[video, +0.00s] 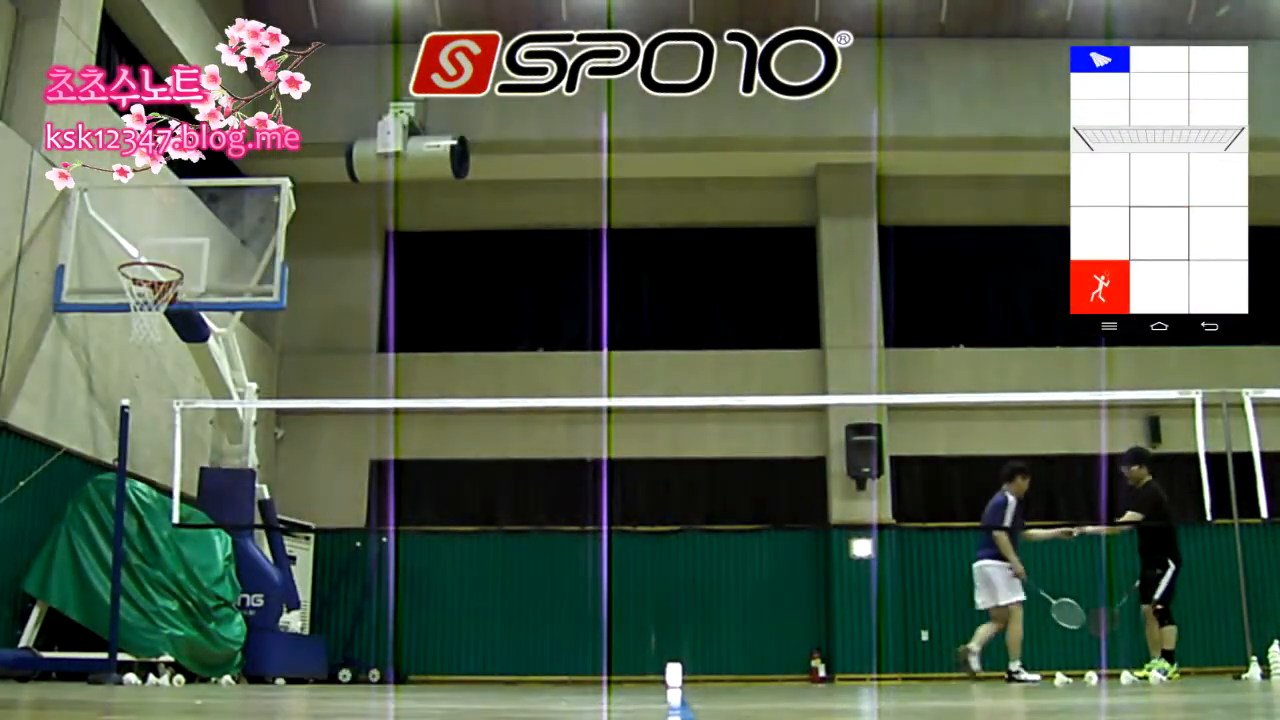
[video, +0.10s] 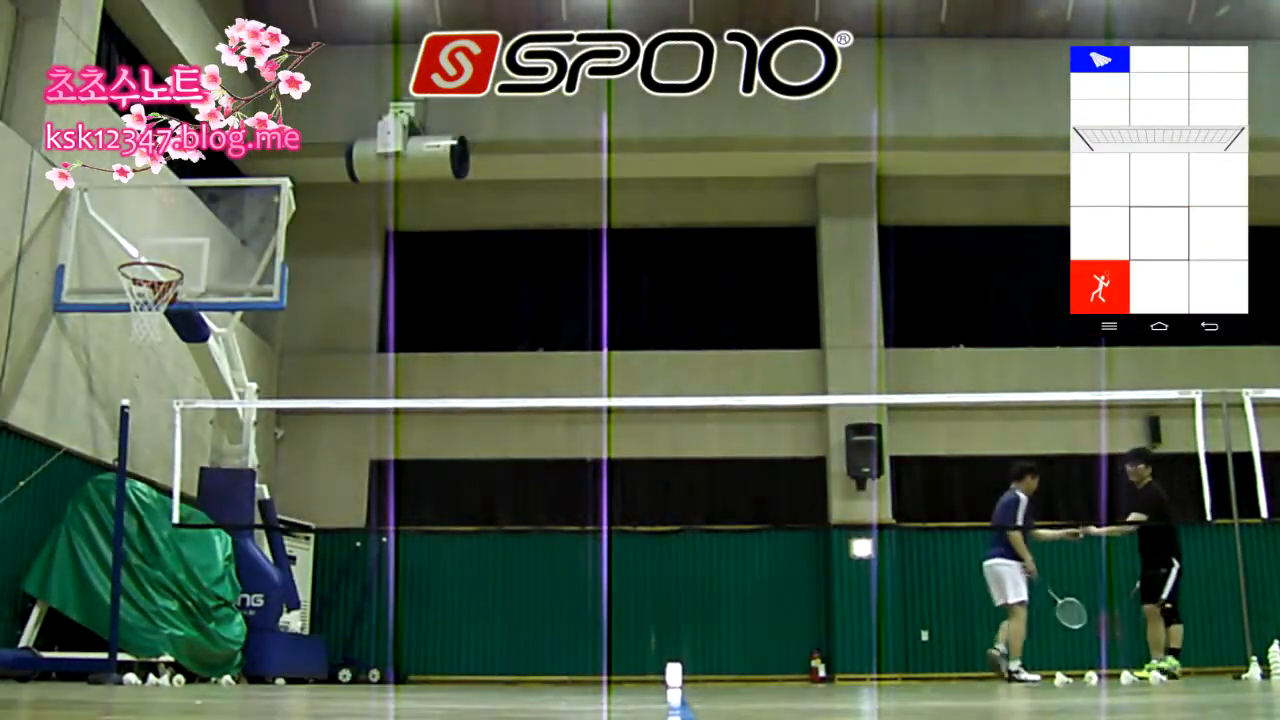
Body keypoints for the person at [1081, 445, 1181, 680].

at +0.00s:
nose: (1125, 473)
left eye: (1129, 468)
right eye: (1124, 469)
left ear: (1142, 468)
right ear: (1135, 470)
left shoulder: (1150, 491)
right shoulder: (1140, 491)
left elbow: (1126, 524)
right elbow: (1125, 523)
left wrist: (1093, 529)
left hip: (1166, 558)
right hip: (1150, 558)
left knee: (1159, 607)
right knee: (1147, 608)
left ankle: (1168, 661)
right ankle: (1155, 660)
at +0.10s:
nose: (1129, 473)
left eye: (1133, 468)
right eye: (1127, 469)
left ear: (1146, 468)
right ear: (1130, 470)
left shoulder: (1152, 493)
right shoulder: (1142, 492)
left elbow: (1130, 526)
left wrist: (1098, 531)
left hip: (1166, 559)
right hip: (1151, 559)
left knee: (1163, 608)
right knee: (1152, 609)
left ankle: (1171, 659)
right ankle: (1157, 661)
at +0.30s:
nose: (1143, 468)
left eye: (1148, 464)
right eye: (1140, 464)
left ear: (1159, 467)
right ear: (1137, 467)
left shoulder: (1163, 491)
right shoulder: (1140, 494)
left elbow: (1156, 526)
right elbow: (1141, 532)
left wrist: (1124, 531)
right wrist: (1142, 564)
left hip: (1173, 557)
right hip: (1151, 558)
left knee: (1183, 604)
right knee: (1152, 610)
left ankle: (1202, 655)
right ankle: (1157, 662)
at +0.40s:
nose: (1152, 466)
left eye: (1157, 462)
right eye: (1148, 462)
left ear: (1166, 466)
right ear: (1144, 466)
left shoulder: (1175, 490)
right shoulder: (1142, 495)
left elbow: (1178, 525)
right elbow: (1140, 534)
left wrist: (1142, 532)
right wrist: (1140, 566)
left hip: (1179, 558)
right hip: (1153, 559)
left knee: (1194, 604)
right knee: (1153, 610)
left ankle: (1214, 655)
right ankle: (1157, 662)